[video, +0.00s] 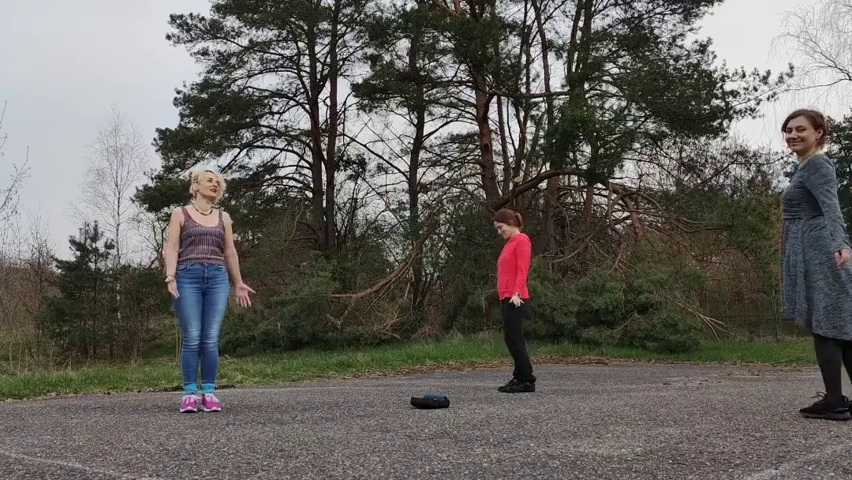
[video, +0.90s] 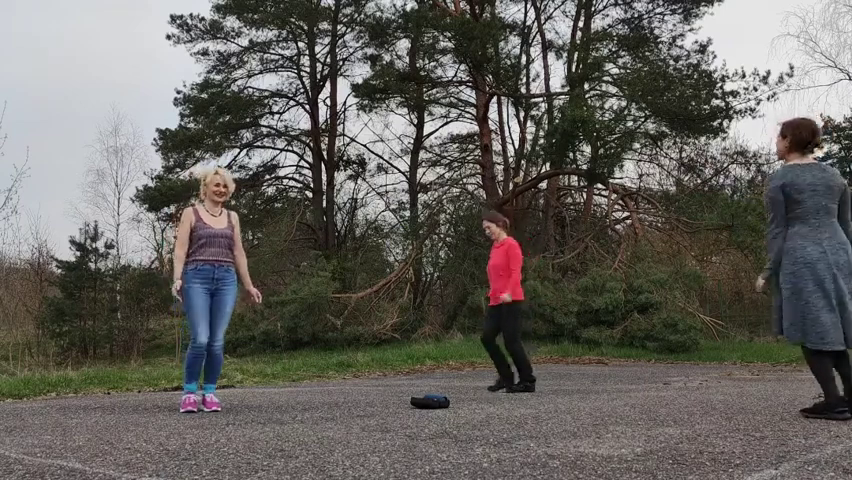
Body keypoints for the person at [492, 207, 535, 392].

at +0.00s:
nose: (499, 232)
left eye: (500, 228)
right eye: (497, 229)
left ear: (511, 224)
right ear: (506, 226)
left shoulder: (522, 241)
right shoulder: (511, 243)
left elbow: (523, 268)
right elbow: (510, 269)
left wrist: (517, 292)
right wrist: (505, 292)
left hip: (515, 298)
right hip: (506, 297)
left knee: (514, 339)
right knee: (512, 339)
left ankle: (525, 379)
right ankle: (520, 377)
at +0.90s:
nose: (487, 232)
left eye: (489, 227)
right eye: (485, 229)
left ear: (500, 225)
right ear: (489, 229)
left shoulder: (511, 245)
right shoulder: (495, 246)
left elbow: (516, 271)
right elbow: (498, 272)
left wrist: (509, 292)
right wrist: (492, 292)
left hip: (511, 300)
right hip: (496, 301)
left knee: (511, 340)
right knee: (487, 338)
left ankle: (527, 380)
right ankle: (506, 377)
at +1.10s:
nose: (473, 230)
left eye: (475, 225)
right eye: (472, 227)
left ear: (486, 222)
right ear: (480, 225)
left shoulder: (495, 240)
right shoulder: (488, 242)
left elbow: (480, 263)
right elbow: (501, 272)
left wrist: (456, 266)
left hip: (497, 298)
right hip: (485, 298)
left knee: (507, 336)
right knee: (472, 334)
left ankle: (525, 377)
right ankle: (467, 378)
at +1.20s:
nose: (465, 230)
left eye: (467, 226)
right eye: (464, 227)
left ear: (478, 223)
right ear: (475, 225)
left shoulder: (485, 241)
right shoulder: (482, 241)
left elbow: (468, 260)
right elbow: (495, 269)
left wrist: (442, 266)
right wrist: (502, 294)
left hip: (487, 298)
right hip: (475, 299)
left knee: (497, 336)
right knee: (466, 336)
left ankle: (521, 375)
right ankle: (467, 380)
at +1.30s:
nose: (456, 230)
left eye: (458, 226)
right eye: (455, 227)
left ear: (469, 224)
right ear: (468, 226)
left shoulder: (475, 244)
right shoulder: (475, 244)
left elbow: (457, 267)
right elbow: (484, 275)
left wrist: (434, 276)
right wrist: (487, 300)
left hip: (472, 300)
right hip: (466, 300)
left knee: (474, 340)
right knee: (463, 341)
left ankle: (509, 369)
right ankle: (468, 382)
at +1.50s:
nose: (437, 229)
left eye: (439, 225)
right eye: (436, 225)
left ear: (449, 224)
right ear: (446, 226)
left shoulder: (458, 244)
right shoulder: (445, 246)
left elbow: (456, 275)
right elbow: (440, 279)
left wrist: (450, 299)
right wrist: (427, 300)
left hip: (452, 300)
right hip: (443, 299)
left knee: (430, 335)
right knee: (456, 340)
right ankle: (467, 382)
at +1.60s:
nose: (426, 227)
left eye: (429, 223)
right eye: (426, 224)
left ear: (440, 223)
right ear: (435, 225)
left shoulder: (448, 244)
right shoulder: (433, 246)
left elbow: (457, 271)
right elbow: (425, 278)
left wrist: (460, 299)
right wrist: (406, 295)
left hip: (441, 299)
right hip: (434, 299)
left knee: (421, 337)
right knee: (447, 338)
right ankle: (465, 378)